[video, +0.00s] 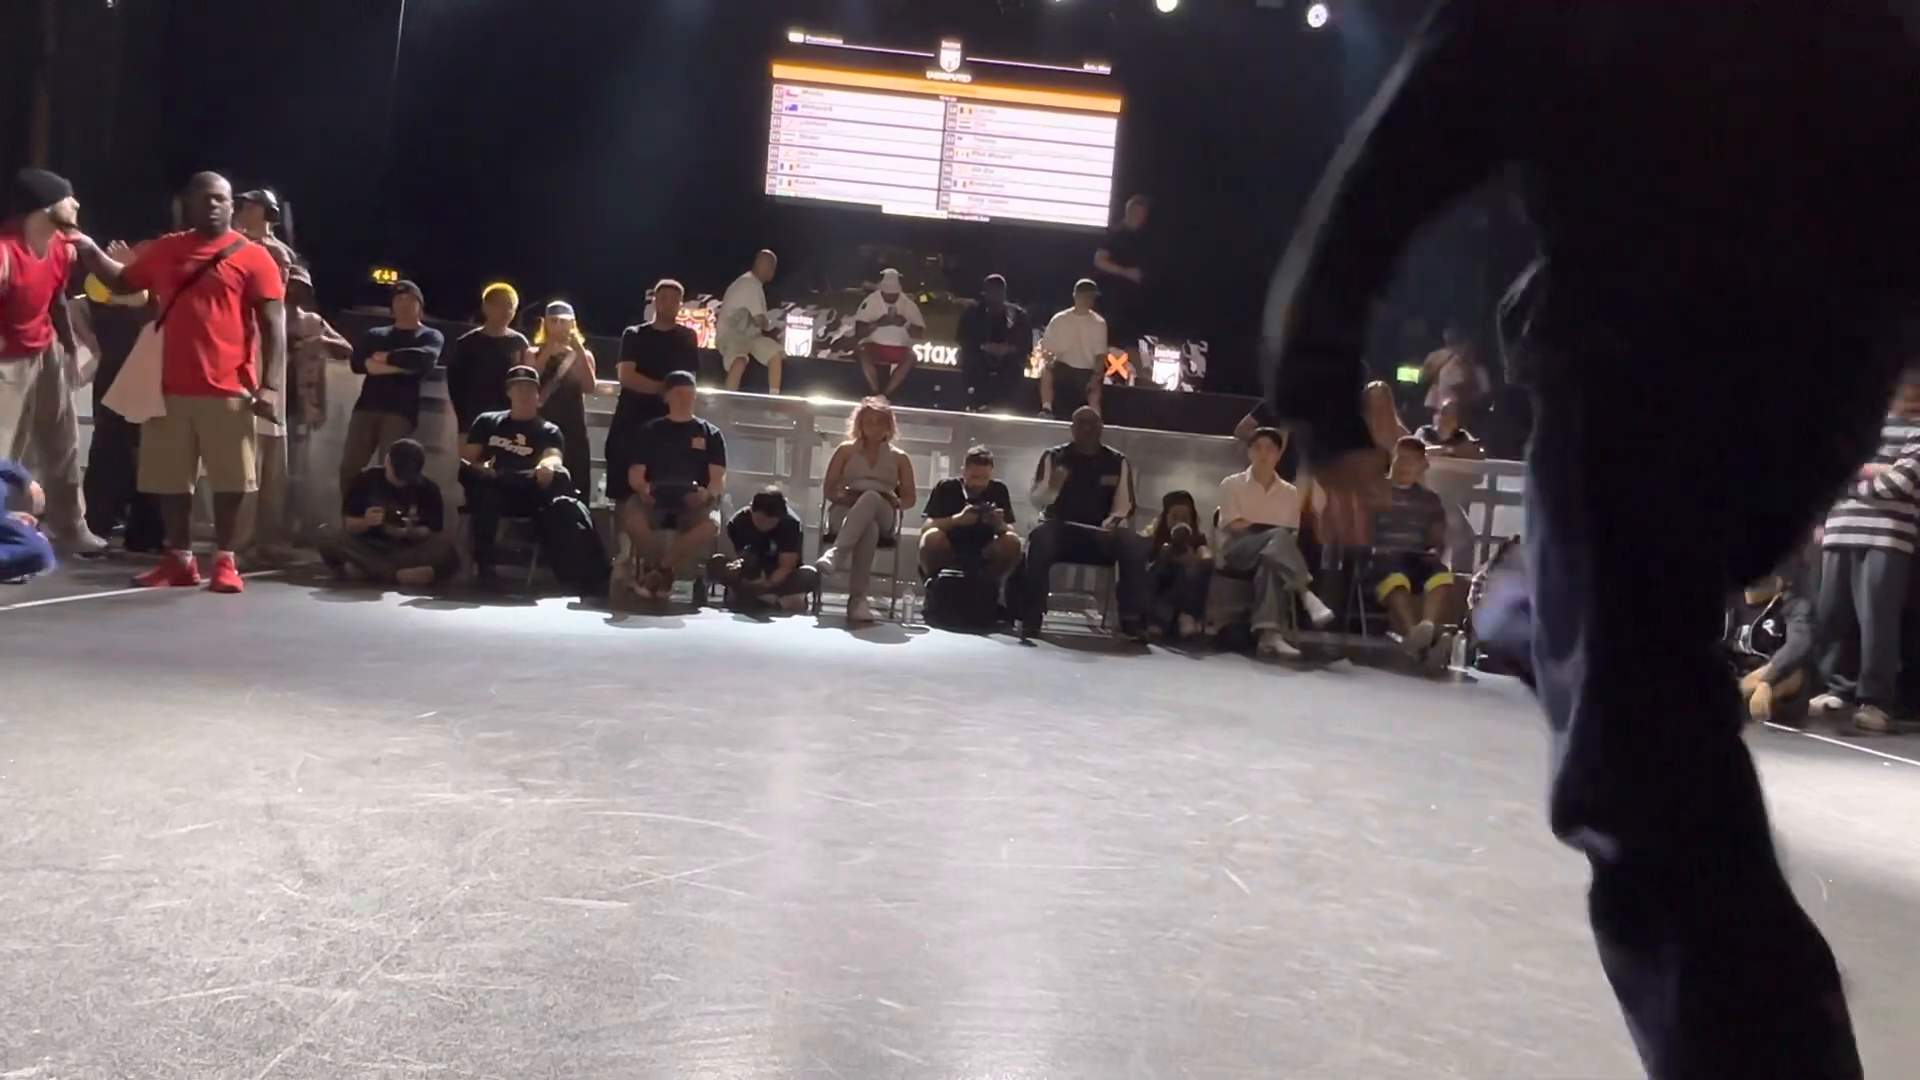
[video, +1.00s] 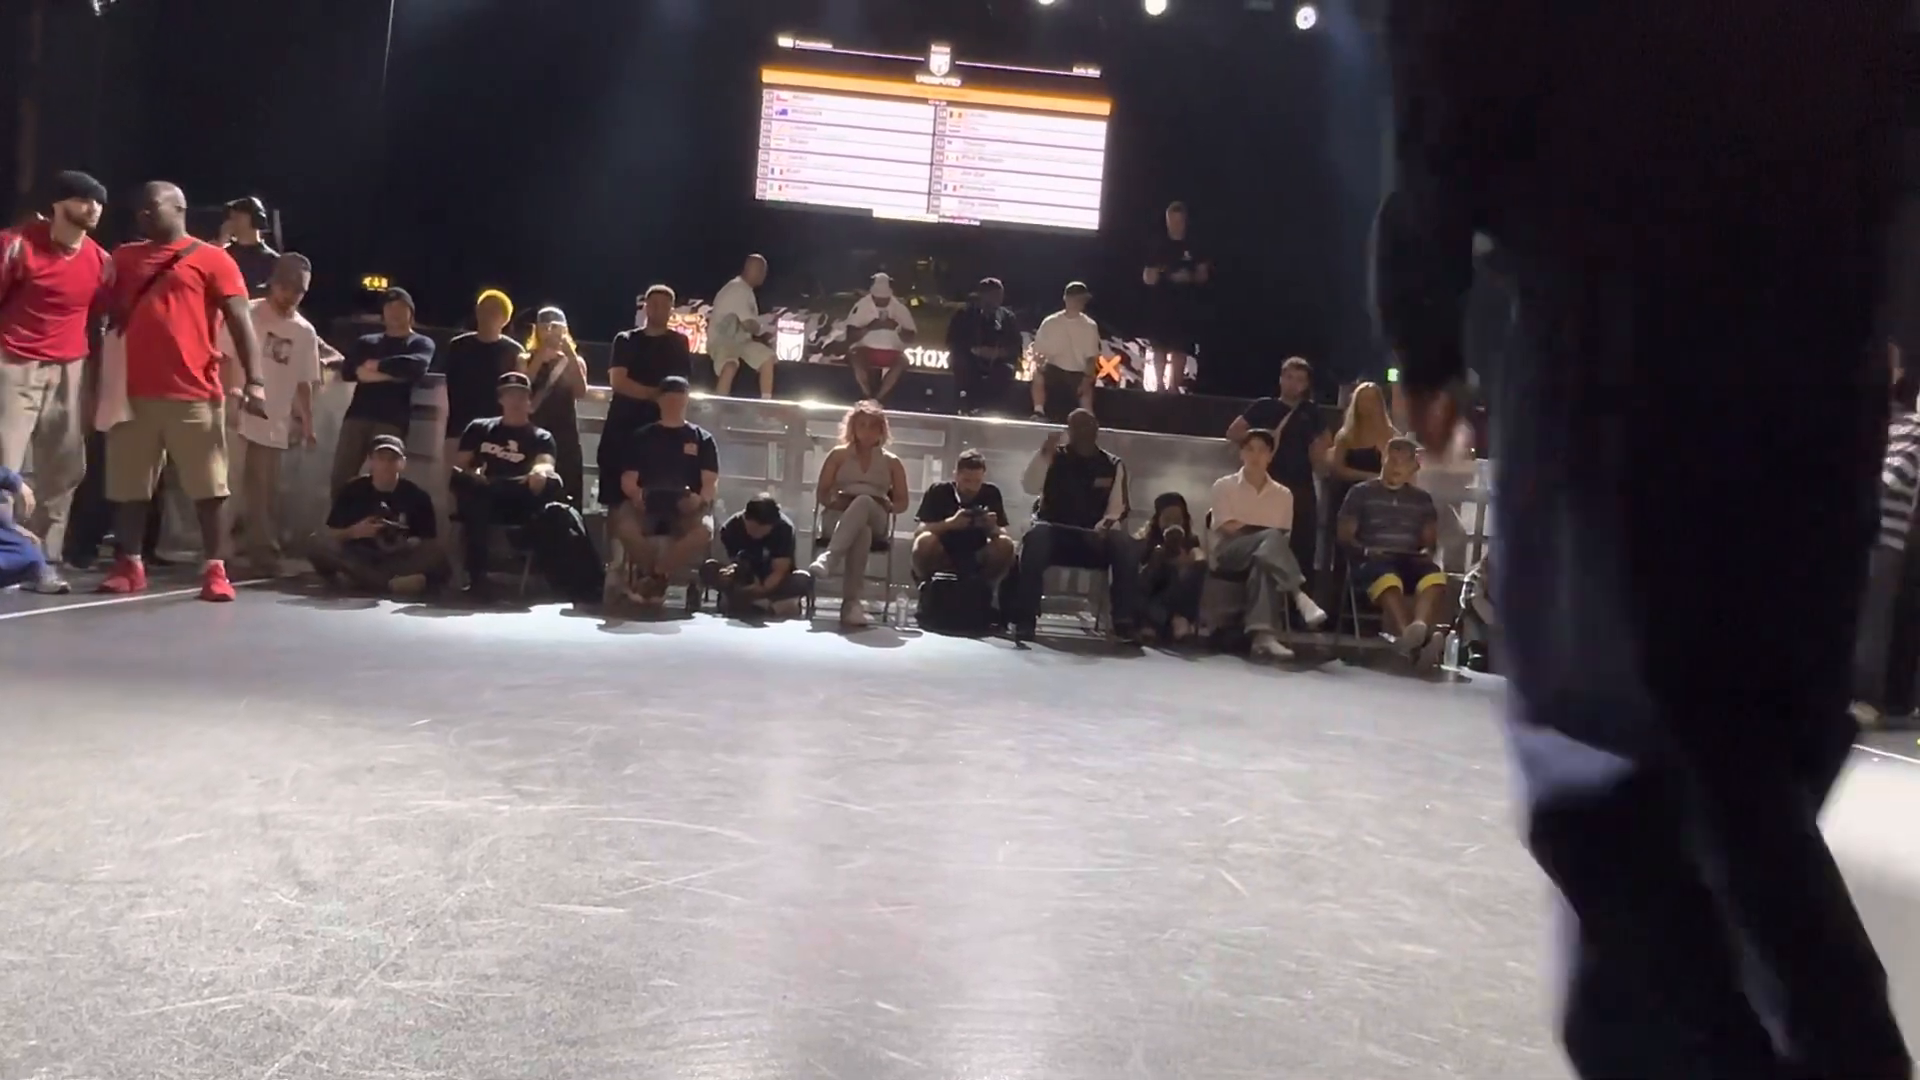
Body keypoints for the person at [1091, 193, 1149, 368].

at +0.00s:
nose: (1140, 217)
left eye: (1143, 213)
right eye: (1138, 212)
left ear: (1145, 216)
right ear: (1129, 212)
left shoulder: (1145, 237)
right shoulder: (1115, 232)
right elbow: (1099, 260)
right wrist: (1127, 272)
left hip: (1138, 296)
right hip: (1115, 295)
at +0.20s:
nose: (1160, 219)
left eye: (1163, 214)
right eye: (1156, 213)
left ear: (1166, 217)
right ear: (1148, 214)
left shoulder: (1164, 241)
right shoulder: (1135, 237)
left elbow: (1170, 265)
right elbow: (1118, 263)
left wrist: (1166, 275)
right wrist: (1143, 274)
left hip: (1156, 297)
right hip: (1135, 295)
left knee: (1154, 341)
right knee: (1134, 337)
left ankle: (1150, 380)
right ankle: (1107, 367)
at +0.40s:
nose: (1172, 218)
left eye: (1176, 214)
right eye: (1169, 213)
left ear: (1182, 216)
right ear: (1163, 215)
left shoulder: (1185, 241)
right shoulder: (1153, 238)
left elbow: (1190, 271)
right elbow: (1135, 263)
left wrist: (1179, 278)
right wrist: (1152, 274)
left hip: (1175, 294)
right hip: (1156, 294)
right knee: (1159, 337)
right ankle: (1154, 377)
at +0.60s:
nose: (1177, 220)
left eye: (1181, 215)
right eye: (1174, 215)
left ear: (1187, 218)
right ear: (1168, 217)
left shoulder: (1194, 243)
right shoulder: (1159, 242)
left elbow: (1202, 273)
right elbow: (1144, 270)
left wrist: (1187, 279)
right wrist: (1161, 278)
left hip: (1188, 306)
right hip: (1163, 305)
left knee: (1184, 344)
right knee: (1165, 344)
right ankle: (1165, 380)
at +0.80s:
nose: (1178, 222)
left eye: (1182, 218)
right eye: (1175, 218)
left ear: (1188, 220)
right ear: (1169, 220)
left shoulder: (1197, 246)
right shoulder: (1161, 246)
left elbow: (1204, 275)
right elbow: (1149, 275)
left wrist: (1189, 277)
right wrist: (1168, 277)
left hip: (1189, 306)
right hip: (1166, 305)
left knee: (1184, 350)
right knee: (1167, 349)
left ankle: (1179, 387)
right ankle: (1166, 386)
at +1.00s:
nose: (1176, 224)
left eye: (1179, 220)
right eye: (1172, 220)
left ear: (1186, 222)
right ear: (1166, 221)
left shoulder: (1194, 246)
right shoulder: (1158, 246)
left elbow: (1202, 275)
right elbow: (1148, 277)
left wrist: (1183, 276)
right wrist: (1162, 271)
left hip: (1185, 306)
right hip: (1160, 305)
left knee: (1180, 350)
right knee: (1159, 349)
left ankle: (1175, 387)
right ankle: (1159, 386)